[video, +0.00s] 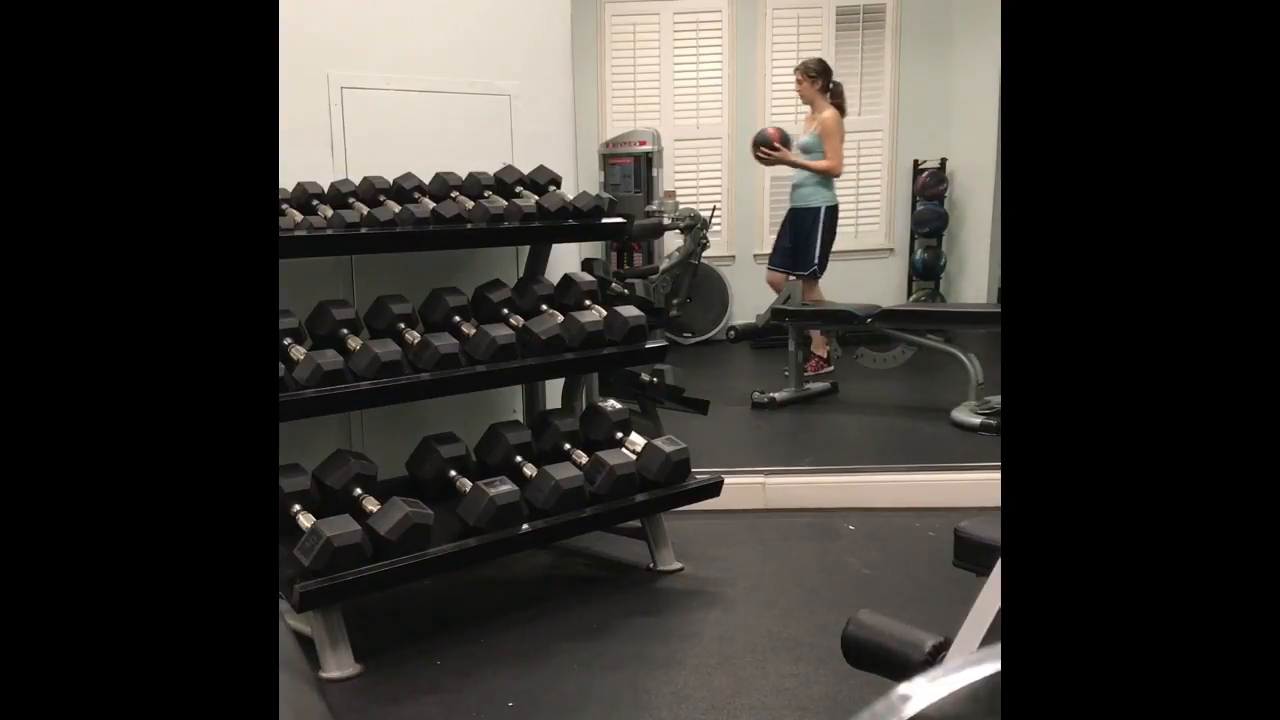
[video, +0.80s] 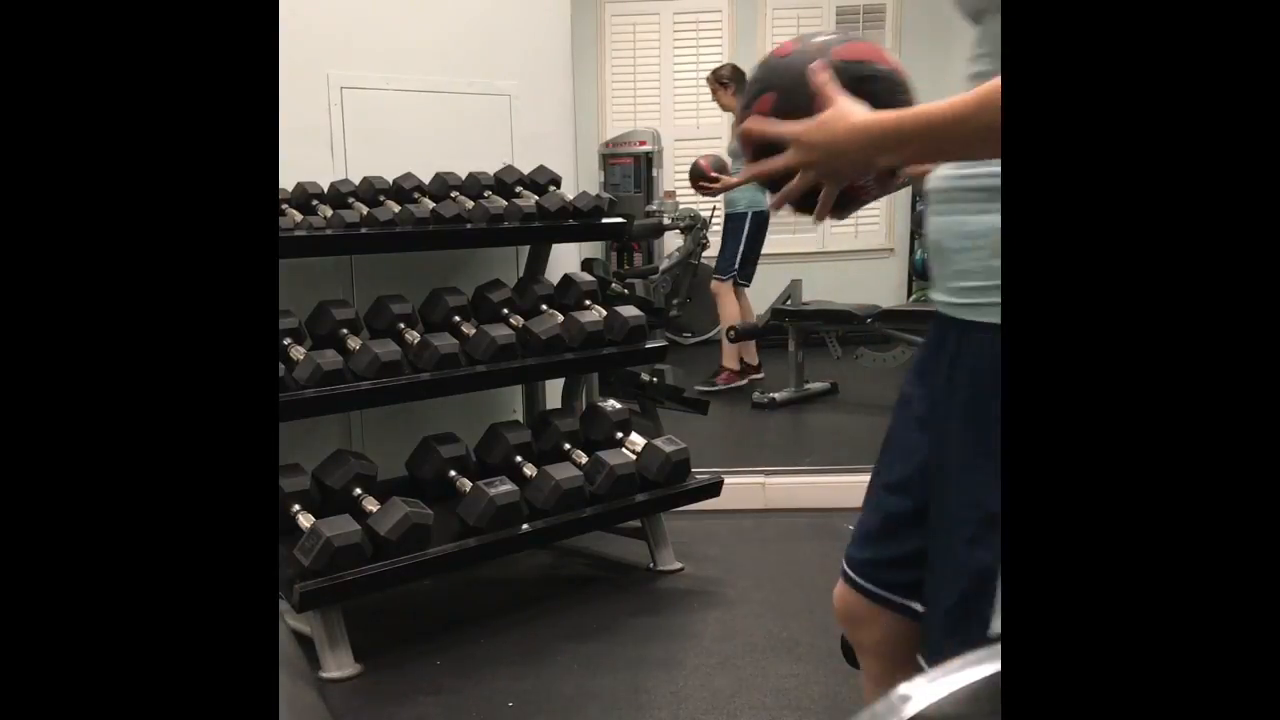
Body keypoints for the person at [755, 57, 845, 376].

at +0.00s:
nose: (796, 88)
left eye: (799, 82)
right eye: (796, 83)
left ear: (816, 82)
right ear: (810, 83)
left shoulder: (829, 116)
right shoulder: (811, 116)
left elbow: (835, 167)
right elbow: (813, 161)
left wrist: (791, 159)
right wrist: (782, 154)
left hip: (819, 207)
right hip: (800, 206)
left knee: (808, 284)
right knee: (776, 277)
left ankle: (821, 350)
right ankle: (818, 330)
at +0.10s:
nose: (786, 89)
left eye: (788, 83)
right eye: (785, 83)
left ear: (805, 83)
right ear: (802, 84)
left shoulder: (820, 116)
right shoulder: (802, 117)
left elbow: (825, 168)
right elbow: (805, 164)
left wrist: (784, 159)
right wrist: (773, 159)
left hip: (812, 209)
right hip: (790, 209)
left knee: (807, 284)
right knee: (767, 277)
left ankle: (820, 352)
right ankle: (782, 349)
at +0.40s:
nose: (749, 94)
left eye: (752, 88)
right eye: (749, 89)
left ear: (766, 88)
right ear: (767, 88)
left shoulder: (786, 118)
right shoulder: (772, 120)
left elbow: (802, 163)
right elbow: (779, 164)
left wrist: (756, 168)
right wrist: (749, 167)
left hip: (779, 211)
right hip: (762, 211)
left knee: (771, 286)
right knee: (745, 283)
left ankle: (814, 343)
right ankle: (751, 362)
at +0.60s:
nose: (730, 97)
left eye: (732, 90)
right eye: (729, 91)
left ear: (747, 88)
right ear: (747, 89)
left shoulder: (768, 117)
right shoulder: (754, 121)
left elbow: (787, 161)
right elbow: (762, 166)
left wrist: (742, 174)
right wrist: (734, 169)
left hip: (762, 211)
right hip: (749, 210)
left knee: (729, 281)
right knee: (738, 285)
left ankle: (777, 337)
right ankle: (750, 361)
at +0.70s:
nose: (721, 98)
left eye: (722, 92)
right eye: (720, 92)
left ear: (737, 88)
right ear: (738, 88)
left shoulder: (759, 117)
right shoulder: (747, 120)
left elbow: (780, 159)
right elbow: (754, 162)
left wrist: (741, 179)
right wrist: (727, 173)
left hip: (754, 211)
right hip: (745, 210)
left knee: (720, 281)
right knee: (737, 285)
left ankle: (753, 356)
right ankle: (750, 359)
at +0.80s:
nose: (715, 100)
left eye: (716, 93)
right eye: (713, 94)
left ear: (729, 88)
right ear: (731, 88)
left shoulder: (751, 120)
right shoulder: (742, 121)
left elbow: (770, 165)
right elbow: (753, 167)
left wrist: (733, 182)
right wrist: (723, 177)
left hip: (747, 209)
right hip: (744, 209)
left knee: (722, 285)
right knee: (736, 287)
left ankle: (731, 367)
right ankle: (751, 363)